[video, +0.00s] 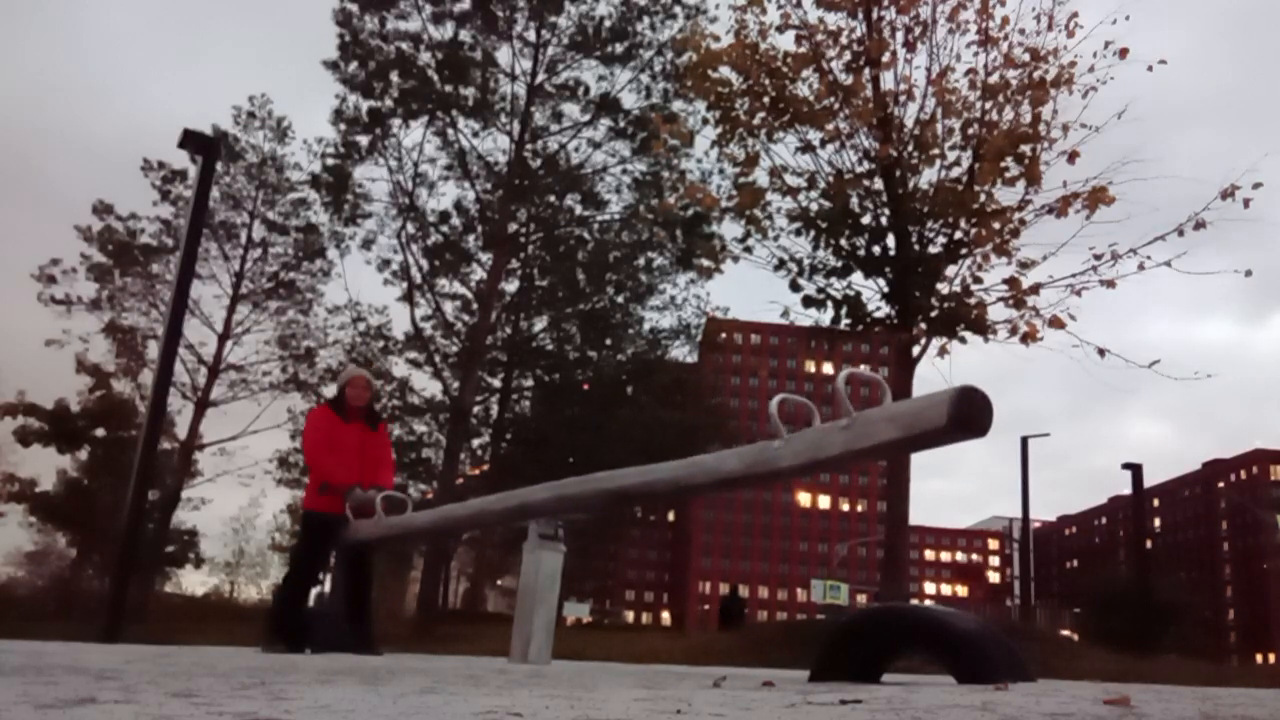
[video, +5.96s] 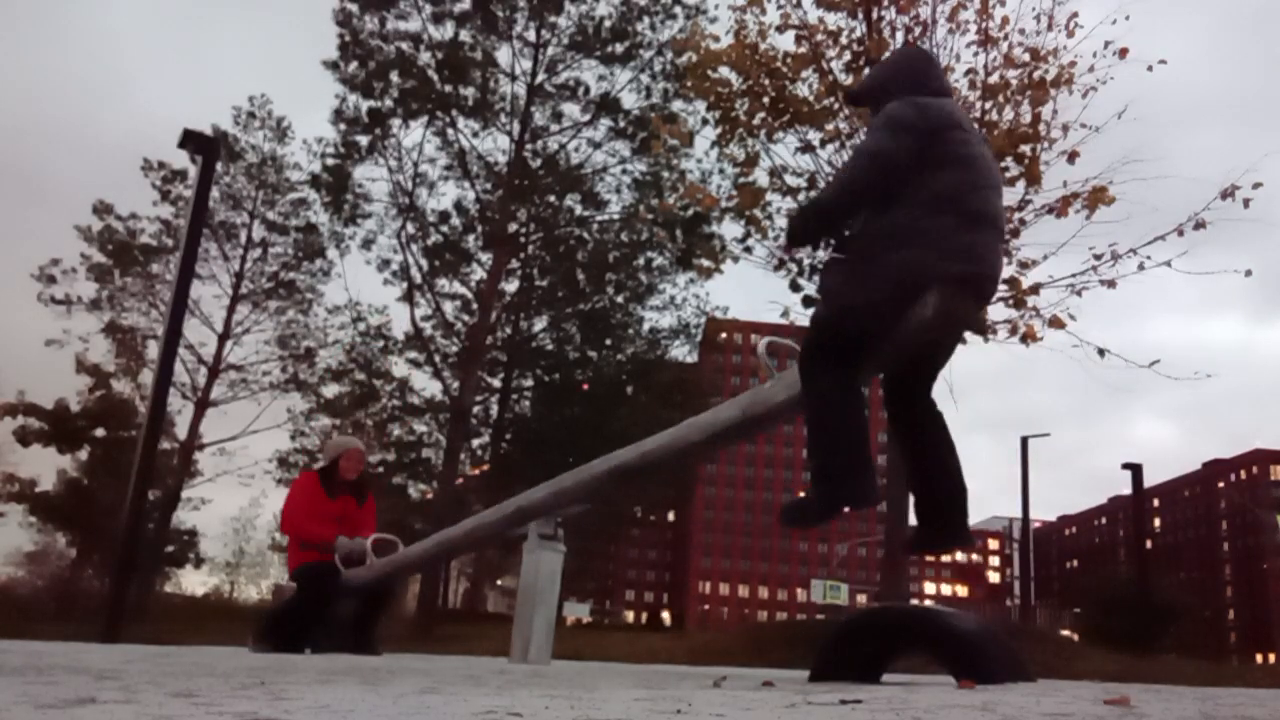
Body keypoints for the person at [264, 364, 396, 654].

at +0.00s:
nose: (360, 392)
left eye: (365, 387)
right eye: (354, 386)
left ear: (372, 393)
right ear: (343, 390)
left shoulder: (377, 427)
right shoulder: (321, 416)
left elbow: (385, 467)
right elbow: (315, 457)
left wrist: (379, 492)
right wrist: (344, 486)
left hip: (361, 514)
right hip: (322, 509)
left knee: (359, 579)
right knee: (304, 573)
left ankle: (359, 641)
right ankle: (281, 636)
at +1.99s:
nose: (371, 389)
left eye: (376, 384)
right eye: (365, 383)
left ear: (382, 390)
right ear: (352, 387)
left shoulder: (384, 426)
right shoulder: (331, 412)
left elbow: (391, 467)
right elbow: (320, 455)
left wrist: (382, 492)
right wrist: (349, 485)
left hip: (362, 514)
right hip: (325, 508)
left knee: (360, 579)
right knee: (304, 572)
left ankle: (361, 642)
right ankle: (282, 636)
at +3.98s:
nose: (382, 369)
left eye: (387, 364)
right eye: (376, 363)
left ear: (392, 369)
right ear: (363, 364)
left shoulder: (393, 401)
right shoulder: (340, 388)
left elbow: (403, 441)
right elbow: (324, 429)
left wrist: (383, 459)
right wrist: (352, 461)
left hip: (373, 487)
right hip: (333, 479)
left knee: (380, 546)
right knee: (321, 540)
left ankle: (374, 611)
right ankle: (290, 602)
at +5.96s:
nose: (355, 466)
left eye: (360, 461)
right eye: (349, 460)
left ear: (364, 465)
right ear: (334, 461)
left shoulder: (362, 494)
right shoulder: (308, 483)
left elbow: (367, 535)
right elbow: (290, 523)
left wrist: (359, 547)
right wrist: (334, 541)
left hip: (348, 564)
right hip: (309, 560)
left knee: (381, 585)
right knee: (325, 586)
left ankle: (359, 643)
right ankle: (276, 636)